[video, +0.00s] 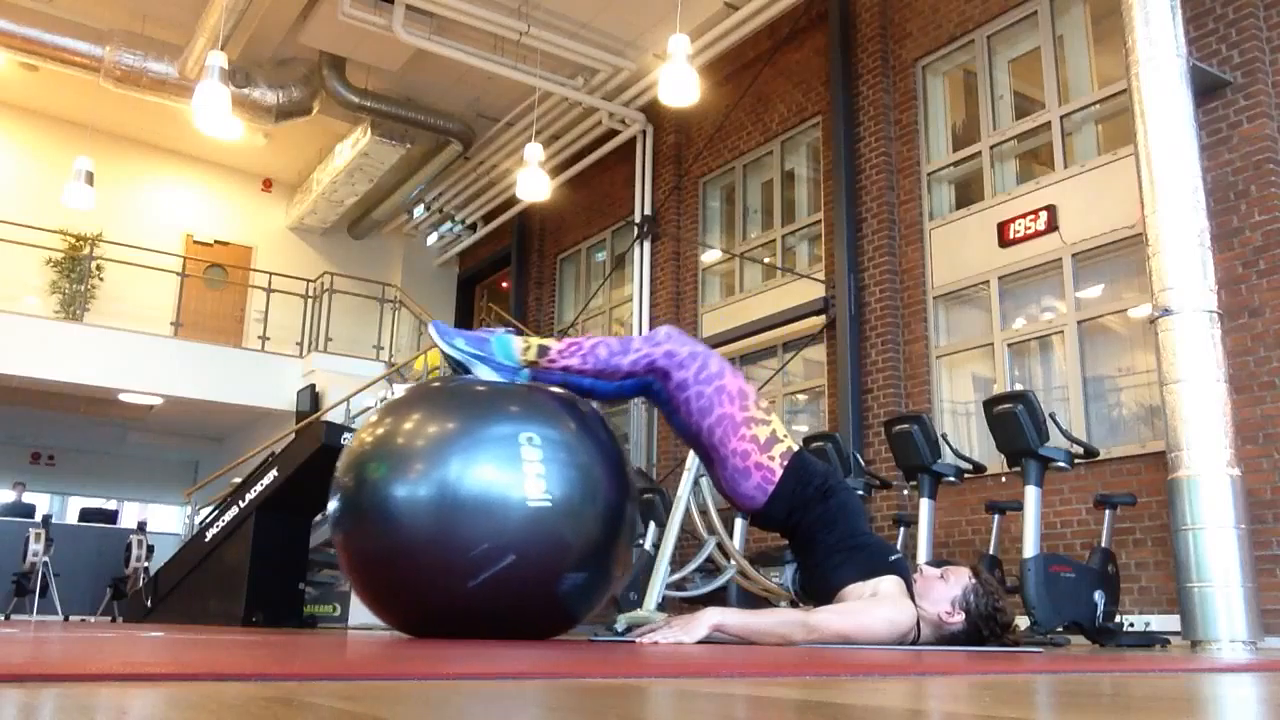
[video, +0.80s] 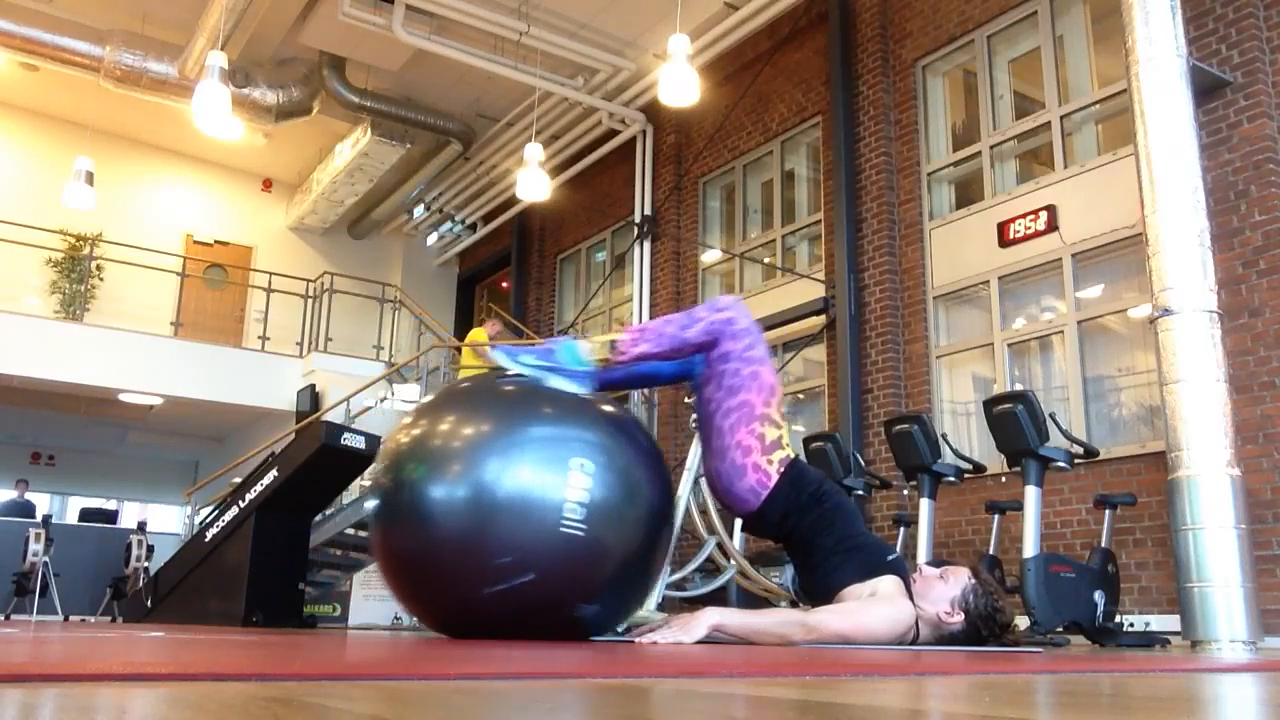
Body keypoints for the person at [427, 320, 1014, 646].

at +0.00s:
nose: (936, 568)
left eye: (949, 580)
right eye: (950, 570)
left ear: (946, 616)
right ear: (946, 605)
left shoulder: (892, 610)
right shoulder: (895, 598)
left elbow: (805, 626)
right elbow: (805, 621)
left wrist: (710, 620)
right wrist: (716, 621)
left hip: (765, 481)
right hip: (780, 469)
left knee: (669, 348)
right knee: (673, 347)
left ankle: (521, 360)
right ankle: (535, 361)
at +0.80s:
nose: (939, 566)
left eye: (949, 577)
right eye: (953, 568)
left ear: (945, 612)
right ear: (943, 599)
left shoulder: (891, 612)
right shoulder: (892, 598)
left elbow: (793, 629)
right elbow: (793, 624)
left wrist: (701, 624)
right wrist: (707, 621)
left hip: (754, 479)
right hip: (768, 472)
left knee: (729, 319)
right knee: (733, 323)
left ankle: (585, 363)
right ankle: (595, 373)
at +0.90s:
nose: (937, 564)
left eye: (948, 578)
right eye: (949, 567)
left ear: (946, 615)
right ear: (942, 605)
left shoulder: (893, 610)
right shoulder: (899, 597)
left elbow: (805, 627)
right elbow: (802, 626)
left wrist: (711, 620)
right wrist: (714, 621)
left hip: (756, 476)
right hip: (773, 474)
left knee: (773, 308)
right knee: (773, 323)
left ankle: (632, 361)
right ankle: (635, 374)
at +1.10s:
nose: (928, 569)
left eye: (942, 578)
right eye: (942, 569)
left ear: (947, 615)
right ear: (946, 614)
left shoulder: (893, 616)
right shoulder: (909, 611)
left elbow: (801, 629)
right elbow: (804, 624)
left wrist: (710, 620)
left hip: (777, 473)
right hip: (805, 486)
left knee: (850, 318)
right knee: (841, 333)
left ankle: (702, 368)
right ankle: (705, 370)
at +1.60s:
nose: (933, 563)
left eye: (946, 575)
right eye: (946, 566)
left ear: (947, 612)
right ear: (944, 611)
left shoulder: (892, 613)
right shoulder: (901, 605)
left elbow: (805, 627)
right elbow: (804, 624)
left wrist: (714, 619)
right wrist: (723, 622)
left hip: (763, 470)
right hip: (783, 470)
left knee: (789, 303)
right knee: (792, 318)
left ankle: (656, 364)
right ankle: (660, 370)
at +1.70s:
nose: (941, 563)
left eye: (950, 576)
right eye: (951, 566)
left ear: (944, 613)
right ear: (938, 584)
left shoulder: (894, 613)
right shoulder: (895, 597)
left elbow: (801, 627)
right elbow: (799, 625)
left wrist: (711, 620)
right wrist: (712, 621)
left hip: (766, 472)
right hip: (780, 464)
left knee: (744, 311)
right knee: (745, 314)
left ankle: (602, 361)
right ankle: (608, 369)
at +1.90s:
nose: (936, 568)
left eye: (949, 579)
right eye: (948, 568)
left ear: (946, 616)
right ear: (943, 605)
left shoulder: (893, 609)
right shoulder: (892, 596)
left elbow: (806, 627)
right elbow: (804, 622)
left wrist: (710, 619)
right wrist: (714, 621)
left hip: (765, 477)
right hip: (780, 467)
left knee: (676, 336)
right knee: (681, 341)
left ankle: (531, 363)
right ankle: (544, 367)